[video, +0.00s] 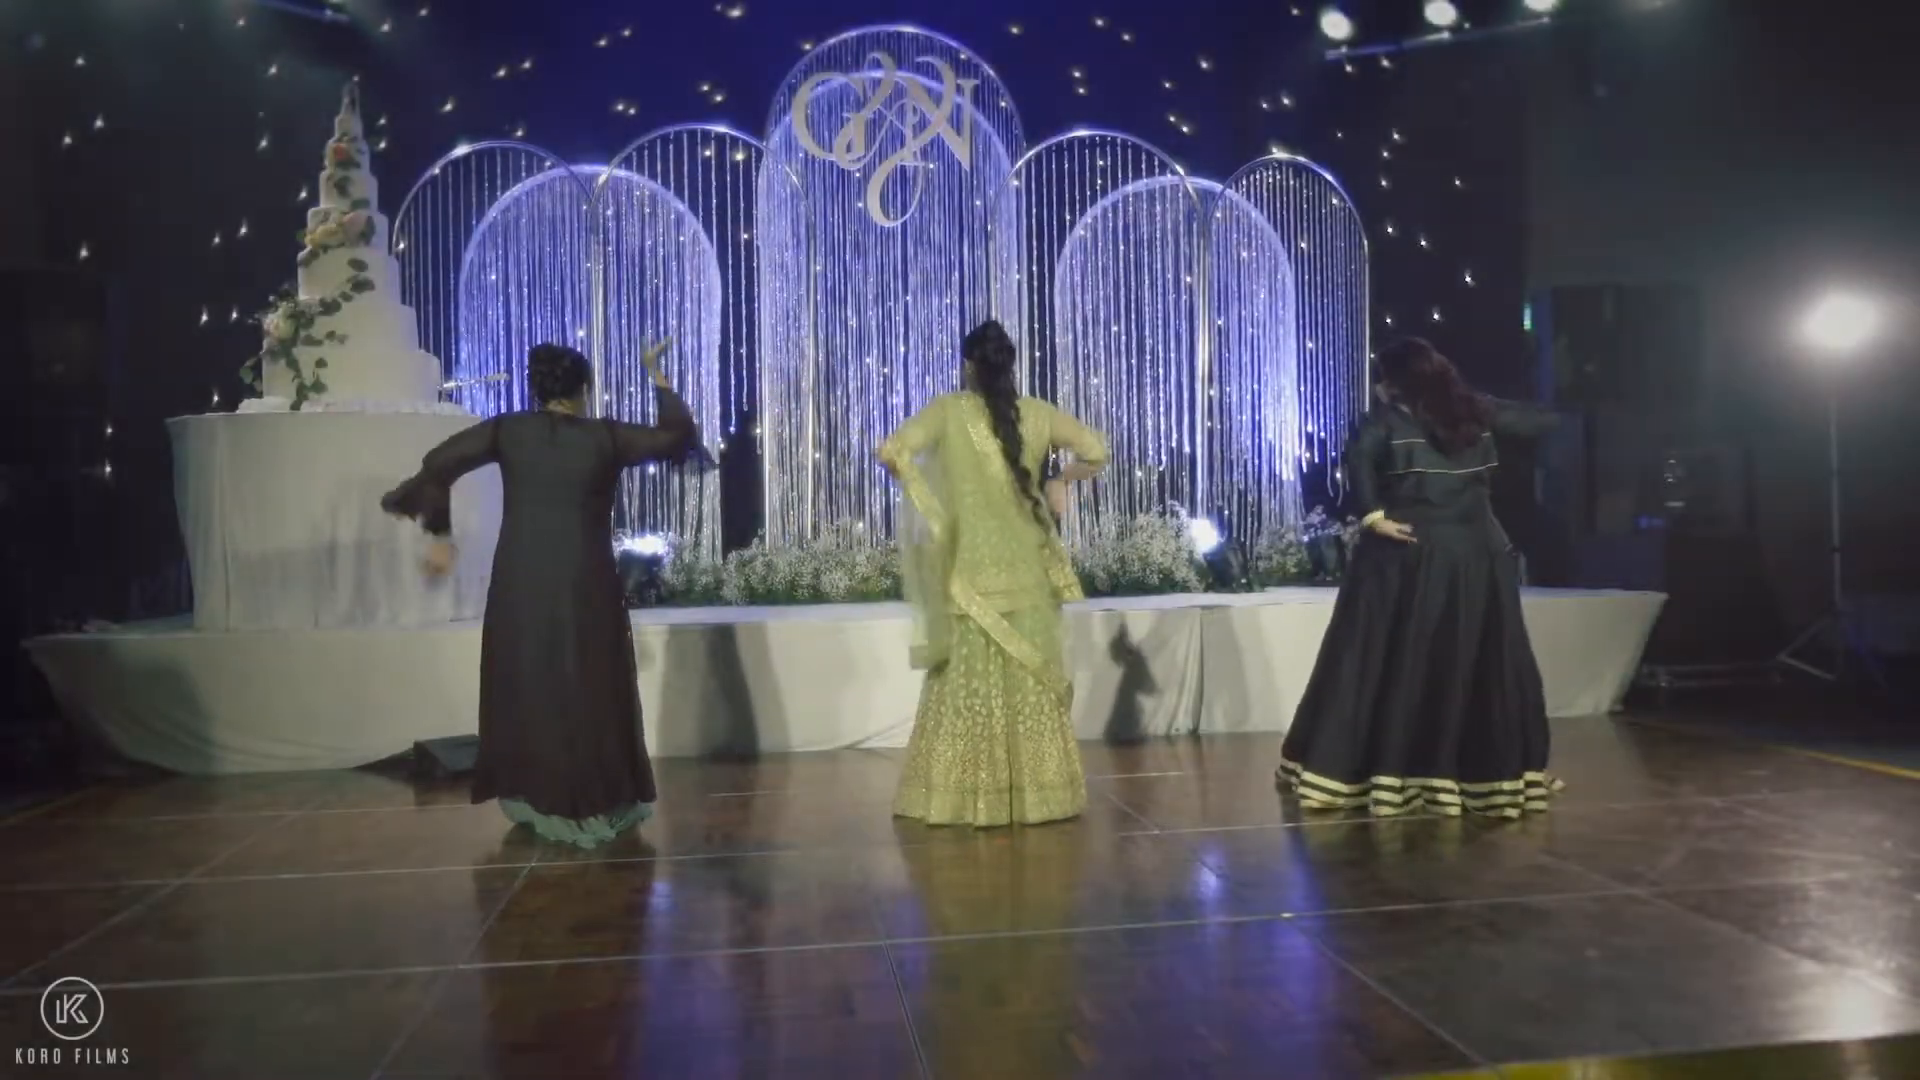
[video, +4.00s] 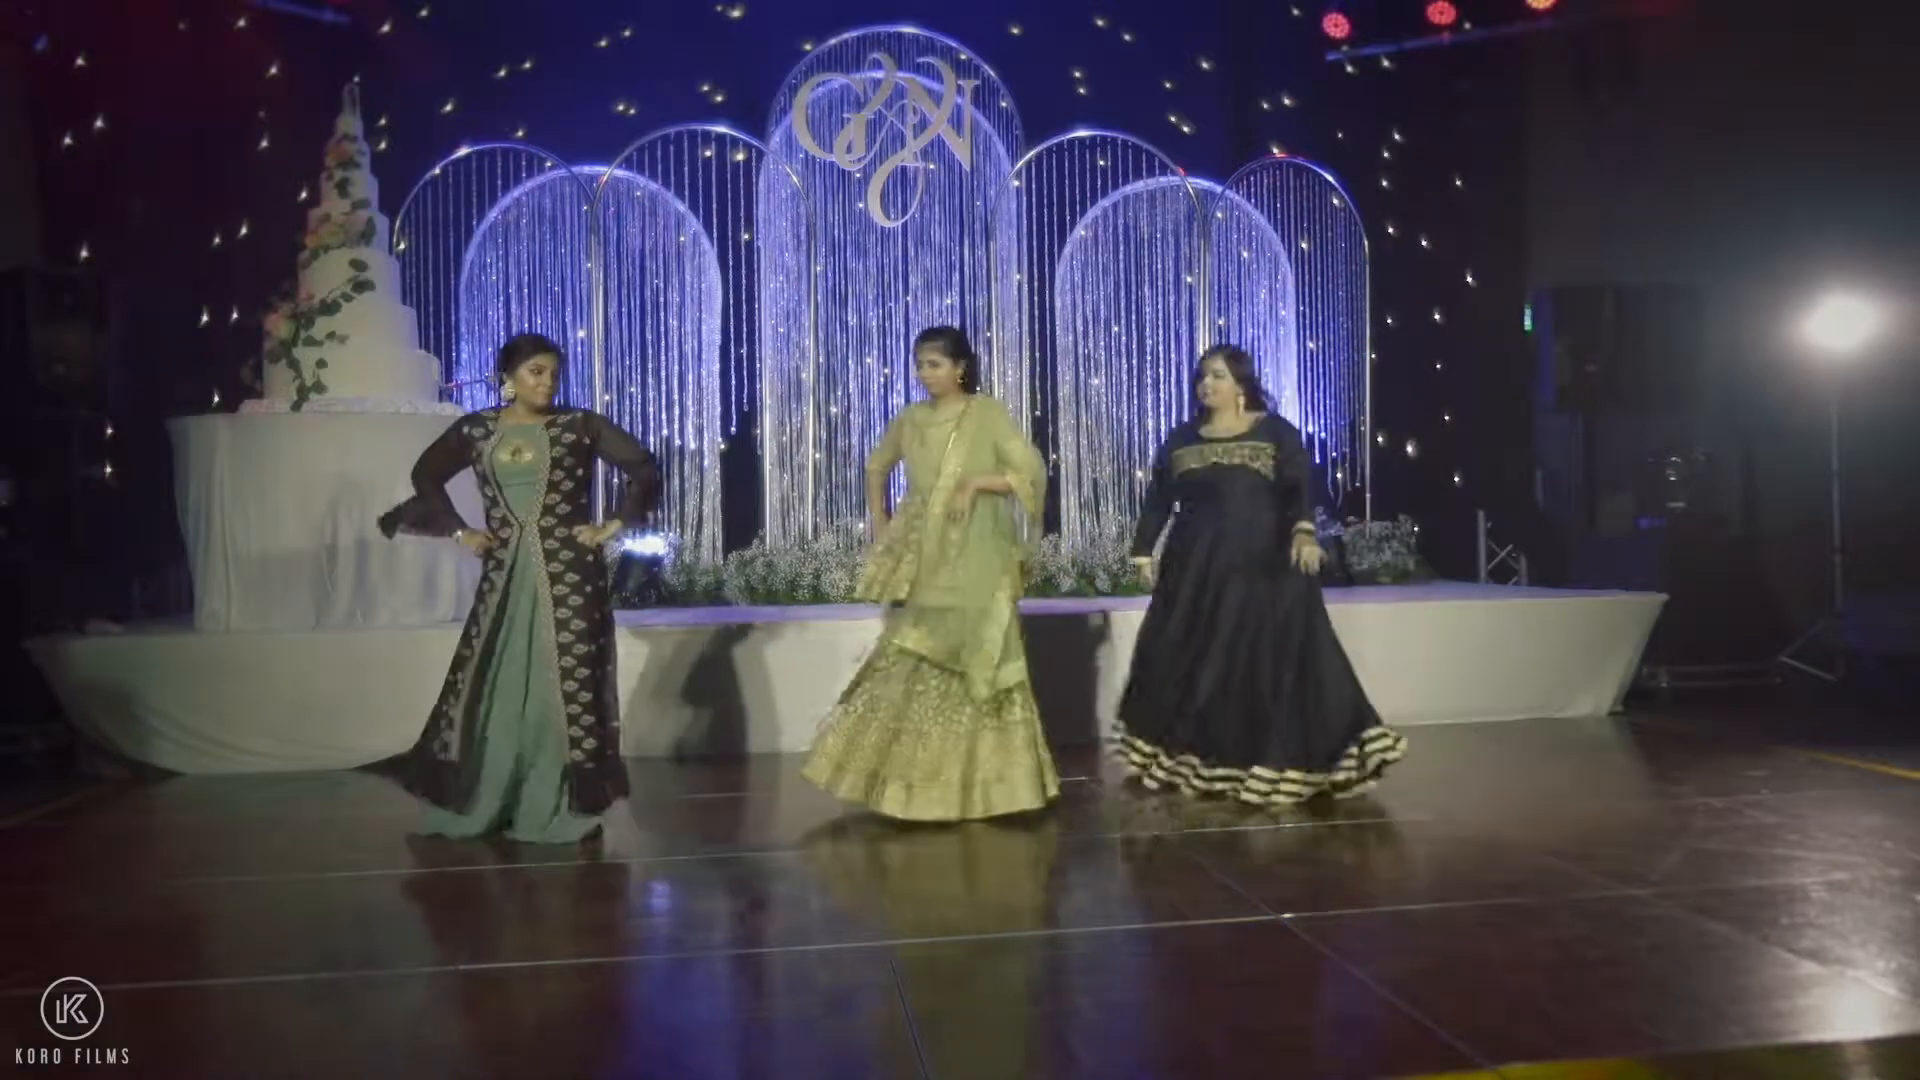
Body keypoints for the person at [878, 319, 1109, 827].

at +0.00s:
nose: (965, 369)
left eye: (965, 361)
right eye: (973, 360)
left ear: (966, 365)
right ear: (1011, 363)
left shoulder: (948, 410)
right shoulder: (1035, 411)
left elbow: (891, 452)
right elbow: (1097, 453)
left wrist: (933, 510)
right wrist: (1061, 481)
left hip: (972, 575)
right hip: (1030, 572)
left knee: (971, 691)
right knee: (1032, 687)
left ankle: (974, 798)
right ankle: (1034, 797)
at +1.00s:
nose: (962, 364)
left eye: (962, 357)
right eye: (972, 356)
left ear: (964, 362)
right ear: (1007, 361)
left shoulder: (944, 408)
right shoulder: (1033, 408)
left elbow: (870, 413)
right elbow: (1093, 402)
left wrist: (857, 354)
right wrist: (1108, 355)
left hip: (960, 565)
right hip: (1022, 565)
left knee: (963, 684)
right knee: (1025, 681)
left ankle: (966, 796)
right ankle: (1028, 796)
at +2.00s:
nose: (959, 366)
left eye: (960, 358)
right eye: (968, 358)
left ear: (962, 363)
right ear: (1005, 362)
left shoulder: (942, 407)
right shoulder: (1029, 408)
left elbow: (875, 430)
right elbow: (1089, 407)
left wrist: (879, 386)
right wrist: (1075, 362)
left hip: (958, 568)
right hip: (1018, 567)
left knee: (958, 685)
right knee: (1022, 681)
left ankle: (962, 795)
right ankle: (1025, 795)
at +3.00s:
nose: (947, 374)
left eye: (947, 368)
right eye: (950, 367)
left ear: (956, 368)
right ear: (993, 365)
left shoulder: (947, 413)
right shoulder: (1031, 414)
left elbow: (889, 461)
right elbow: (1090, 454)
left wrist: (822, 456)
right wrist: (1137, 463)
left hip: (968, 576)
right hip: (1027, 575)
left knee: (968, 688)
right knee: (1029, 685)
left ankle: (967, 795)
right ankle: (1030, 794)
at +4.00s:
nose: (924, 373)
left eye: (933, 364)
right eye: (919, 365)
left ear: (961, 368)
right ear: (917, 370)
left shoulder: (988, 414)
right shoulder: (910, 419)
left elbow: (1030, 474)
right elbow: (875, 467)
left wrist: (976, 484)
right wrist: (879, 526)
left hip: (980, 562)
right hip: (924, 561)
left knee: (979, 670)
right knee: (918, 671)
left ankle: (982, 788)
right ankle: (915, 790)